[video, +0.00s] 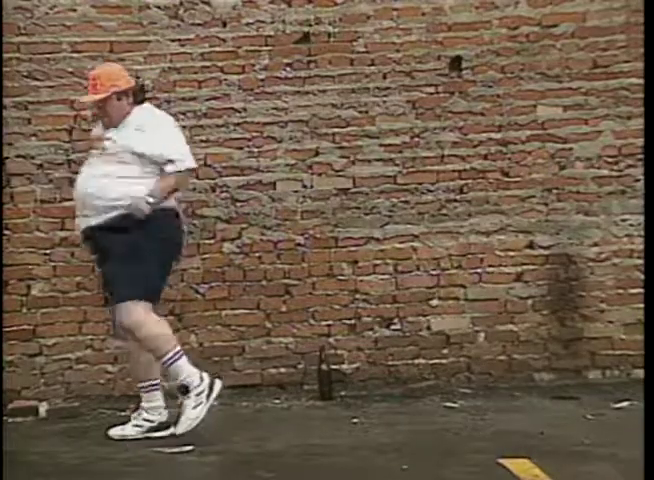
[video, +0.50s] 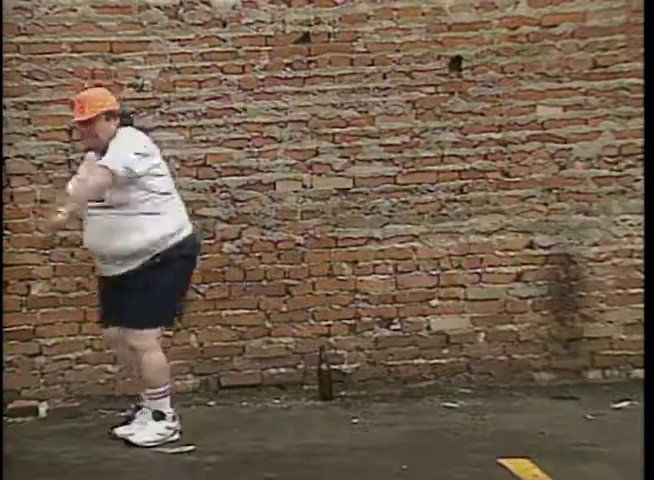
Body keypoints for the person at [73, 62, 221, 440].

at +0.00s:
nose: (96, 108)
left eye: (102, 101)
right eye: (94, 102)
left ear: (125, 97)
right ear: (102, 101)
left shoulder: (151, 121)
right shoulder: (109, 132)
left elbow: (183, 170)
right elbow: (114, 178)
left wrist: (153, 197)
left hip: (145, 225)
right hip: (113, 231)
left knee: (132, 314)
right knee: (126, 324)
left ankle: (196, 383)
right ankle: (153, 410)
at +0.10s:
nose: (97, 119)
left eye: (102, 111)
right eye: (95, 112)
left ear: (124, 107)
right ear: (103, 112)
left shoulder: (149, 133)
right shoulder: (109, 146)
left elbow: (171, 182)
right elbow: (104, 184)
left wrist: (124, 182)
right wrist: (74, 181)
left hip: (149, 238)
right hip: (112, 248)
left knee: (126, 318)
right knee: (119, 331)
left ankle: (194, 384)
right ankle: (152, 412)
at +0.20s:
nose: (87, 117)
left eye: (91, 109)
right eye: (85, 111)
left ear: (113, 103)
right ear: (100, 107)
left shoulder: (139, 130)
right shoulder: (104, 142)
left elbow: (150, 174)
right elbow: (90, 187)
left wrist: (96, 163)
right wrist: (47, 174)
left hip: (155, 239)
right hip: (117, 247)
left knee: (134, 320)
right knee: (123, 328)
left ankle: (175, 401)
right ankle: (151, 406)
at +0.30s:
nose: (76, 119)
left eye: (81, 110)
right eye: (74, 112)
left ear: (103, 106)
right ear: (90, 110)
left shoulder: (123, 129)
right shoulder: (97, 149)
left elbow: (112, 168)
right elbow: (73, 188)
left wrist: (57, 167)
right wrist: (27, 187)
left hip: (161, 240)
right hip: (133, 249)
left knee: (147, 329)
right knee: (137, 329)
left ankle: (161, 416)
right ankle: (151, 409)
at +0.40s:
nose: (79, 130)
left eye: (84, 122)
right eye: (77, 123)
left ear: (107, 117)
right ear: (90, 121)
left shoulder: (125, 140)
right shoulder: (104, 151)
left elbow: (84, 174)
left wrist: (41, 202)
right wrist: (66, 193)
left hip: (165, 252)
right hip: (136, 257)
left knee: (148, 334)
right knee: (134, 333)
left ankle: (164, 418)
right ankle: (154, 409)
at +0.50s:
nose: (84, 132)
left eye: (90, 124)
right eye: (80, 126)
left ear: (112, 119)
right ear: (79, 126)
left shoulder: (130, 142)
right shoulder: (95, 156)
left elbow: (101, 181)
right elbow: (79, 188)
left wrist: (73, 197)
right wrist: (67, 208)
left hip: (158, 254)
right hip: (122, 259)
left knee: (143, 337)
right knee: (121, 336)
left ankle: (164, 417)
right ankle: (150, 409)